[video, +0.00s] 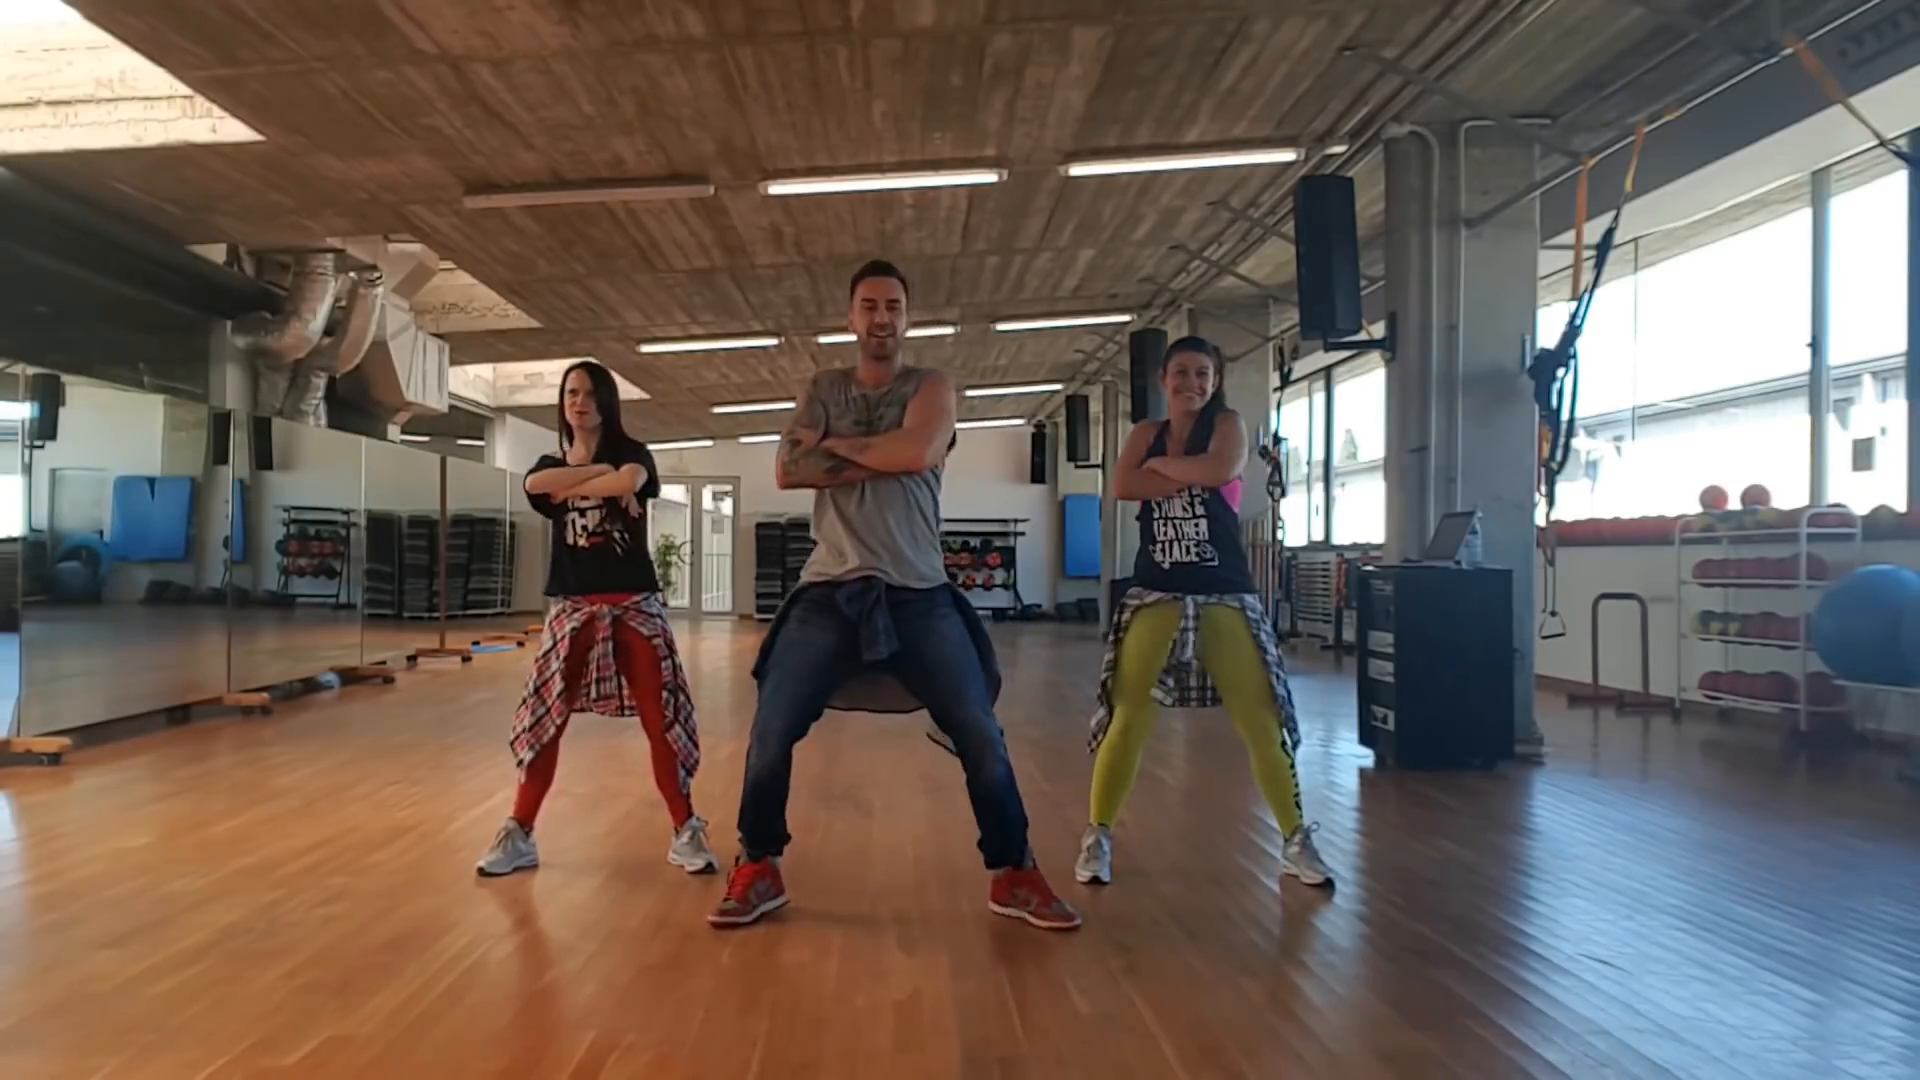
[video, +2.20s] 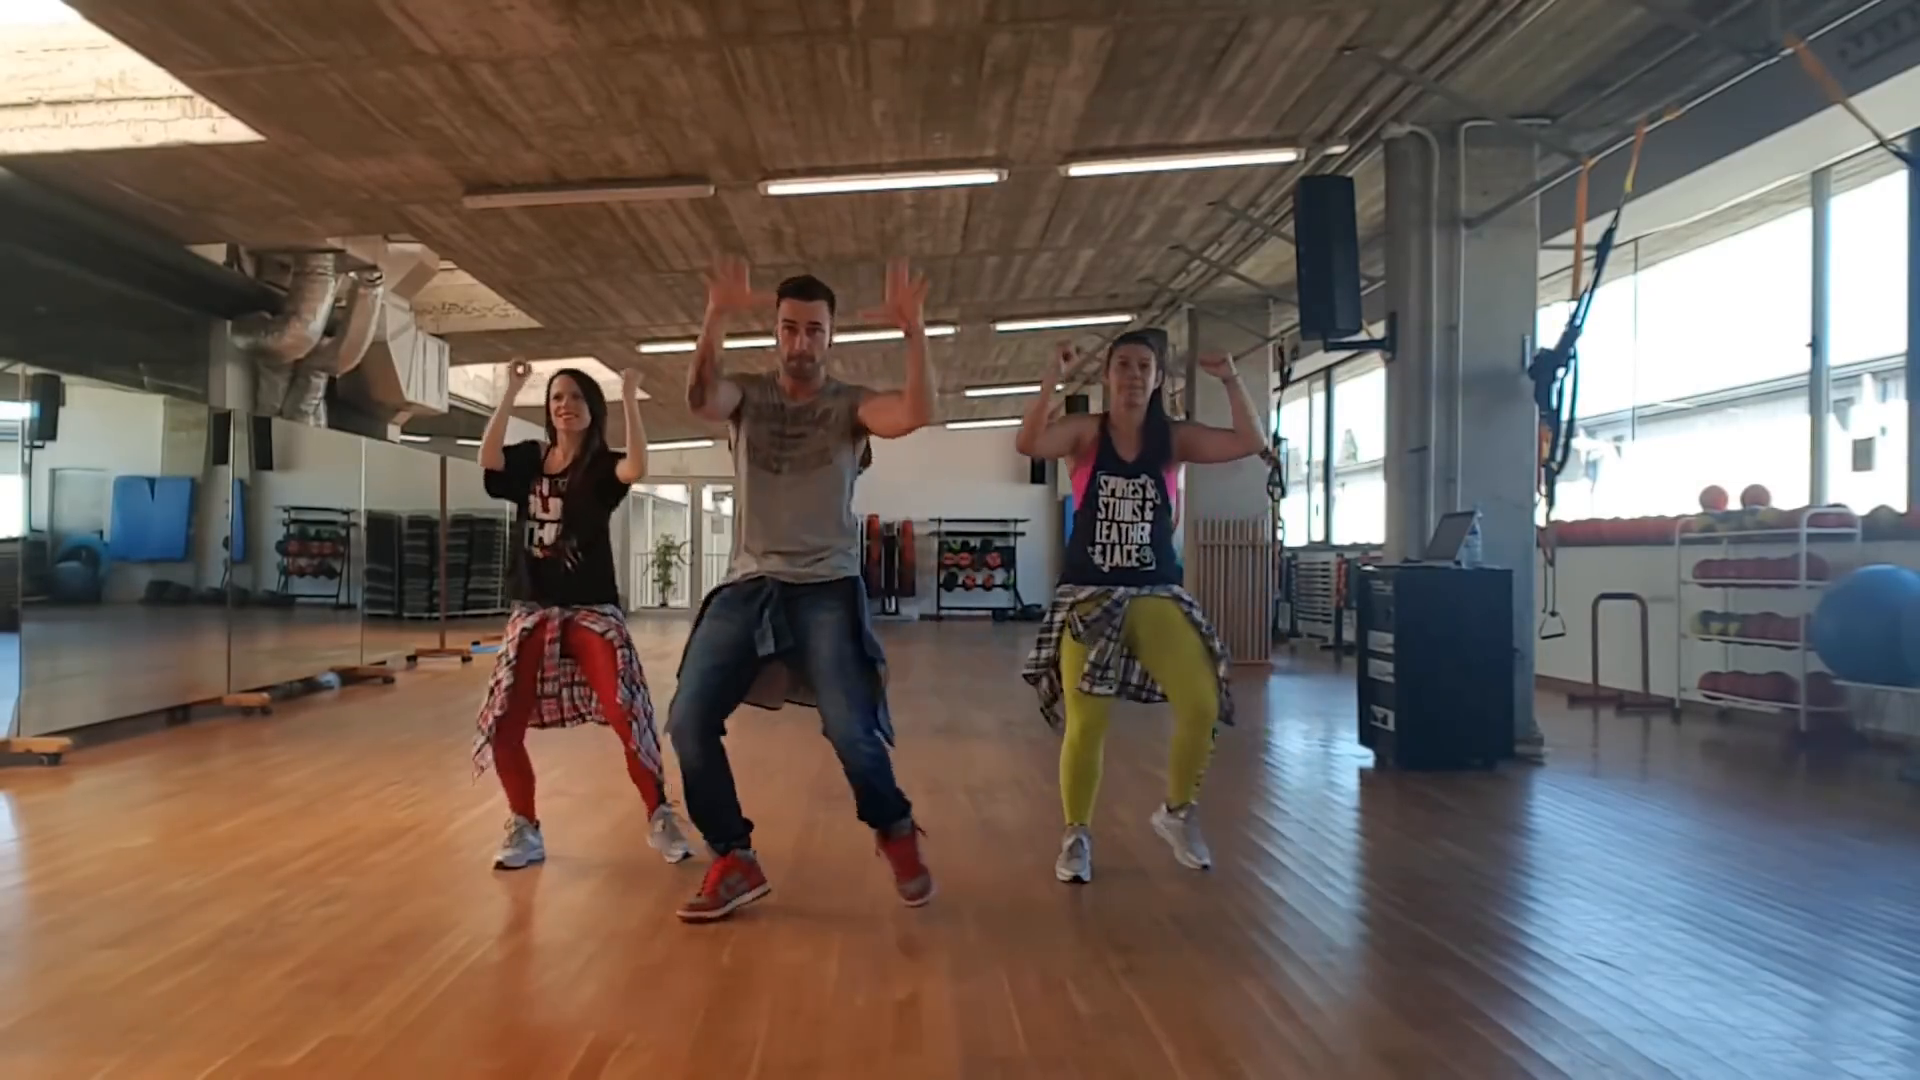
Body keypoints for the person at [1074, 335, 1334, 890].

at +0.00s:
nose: (1190, 381)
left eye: (1201, 373)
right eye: (1181, 372)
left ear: (1215, 383)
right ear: (1163, 380)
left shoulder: (1225, 423)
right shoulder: (1146, 433)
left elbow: (1221, 471)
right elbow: (1122, 486)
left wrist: (1154, 465)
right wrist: (1191, 473)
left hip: (1223, 591)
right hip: (1154, 590)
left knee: (1260, 719)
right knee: (1129, 714)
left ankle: (1296, 841)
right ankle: (1096, 837)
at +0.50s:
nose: (1225, 380)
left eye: (1233, 372)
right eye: (1214, 372)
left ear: (1245, 382)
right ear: (1193, 382)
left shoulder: (1253, 432)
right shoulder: (1181, 426)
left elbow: (1292, 484)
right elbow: (1202, 481)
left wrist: (1231, 466)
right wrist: (1260, 483)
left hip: (1249, 598)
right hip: (1182, 598)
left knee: (1275, 723)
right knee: (1146, 721)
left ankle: (1297, 842)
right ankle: (1099, 838)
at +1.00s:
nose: (1197, 374)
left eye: (1206, 367)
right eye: (1186, 366)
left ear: (1220, 379)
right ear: (1170, 379)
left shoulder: (1236, 426)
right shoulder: (1153, 429)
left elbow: (1257, 464)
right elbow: (1141, 478)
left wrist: (1181, 462)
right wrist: (1220, 476)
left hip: (1233, 591)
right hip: (1164, 591)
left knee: (1264, 714)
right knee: (1138, 717)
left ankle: (1297, 841)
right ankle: (1098, 838)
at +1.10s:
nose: (1192, 372)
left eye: (1202, 364)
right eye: (1182, 364)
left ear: (1216, 377)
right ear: (1164, 377)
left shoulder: (1235, 426)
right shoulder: (1146, 429)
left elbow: (1270, 454)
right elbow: (1108, 475)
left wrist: (1203, 431)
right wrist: (1165, 460)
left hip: (1227, 591)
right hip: (1157, 591)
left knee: (1260, 714)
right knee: (1134, 715)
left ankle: (1297, 840)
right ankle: (1098, 838)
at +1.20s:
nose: (1193, 371)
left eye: (1202, 362)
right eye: (1182, 362)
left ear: (1216, 377)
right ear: (1164, 376)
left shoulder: (1232, 428)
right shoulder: (1146, 430)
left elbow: (1287, 444)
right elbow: (1094, 461)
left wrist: (1241, 387)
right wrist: (1145, 410)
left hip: (1226, 592)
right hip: (1157, 592)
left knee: (1258, 712)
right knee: (1132, 714)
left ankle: (1295, 840)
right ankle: (1098, 838)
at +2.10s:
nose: (1141, 382)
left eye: (1151, 373)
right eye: (1131, 372)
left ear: (1168, 386)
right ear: (1116, 382)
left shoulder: (1181, 445)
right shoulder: (1097, 437)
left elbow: (1256, 451)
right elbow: (1065, 450)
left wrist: (1245, 386)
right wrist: (1101, 392)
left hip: (1164, 600)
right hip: (1095, 600)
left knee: (1219, 710)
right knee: (1085, 729)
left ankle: (1248, 827)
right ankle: (1076, 837)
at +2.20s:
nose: (1132, 375)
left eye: (1143, 367)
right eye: (1123, 366)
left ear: (1158, 378)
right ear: (1107, 375)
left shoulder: (1173, 437)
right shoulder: (1085, 430)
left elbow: (1248, 442)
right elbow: (1029, 444)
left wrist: (1231, 380)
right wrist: (1054, 381)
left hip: (1156, 595)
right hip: (1087, 594)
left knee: (1201, 703)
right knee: (1086, 722)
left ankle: (1177, 813)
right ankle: (1076, 836)